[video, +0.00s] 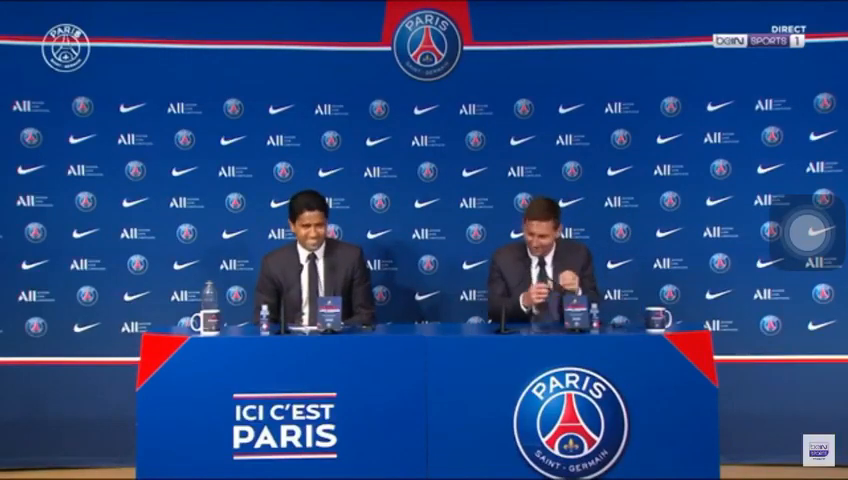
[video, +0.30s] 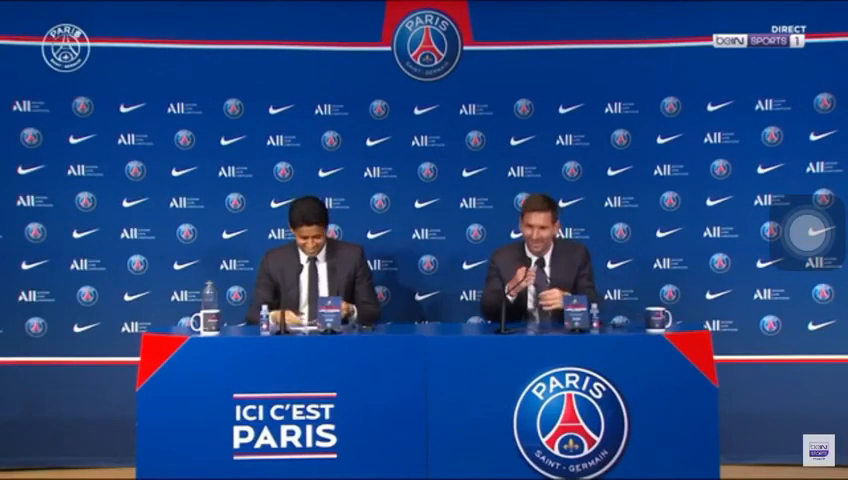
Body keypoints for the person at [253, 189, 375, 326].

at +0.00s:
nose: (314, 233)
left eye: (319, 225)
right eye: (306, 226)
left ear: (326, 223)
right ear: (292, 226)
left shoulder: (351, 256)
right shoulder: (274, 262)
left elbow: (365, 315)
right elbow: (264, 320)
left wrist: (336, 332)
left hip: (339, 346)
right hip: (290, 347)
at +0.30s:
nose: (310, 244)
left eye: (317, 237)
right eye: (304, 237)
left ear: (326, 230)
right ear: (293, 232)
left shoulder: (352, 255)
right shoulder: (274, 260)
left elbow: (372, 312)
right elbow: (254, 315)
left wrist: (351, 311)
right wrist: (277, 317)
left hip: (339, 345)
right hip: (290, 346)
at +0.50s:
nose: (310, 246)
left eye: (316, 238)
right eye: (303, 239)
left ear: (326, 231)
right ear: (293, 233)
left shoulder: (352, 254)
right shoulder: (274, 258)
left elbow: (375, 312)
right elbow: (248, 314)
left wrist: (353, 301)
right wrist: (268, 302)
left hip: (341, 345)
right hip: (289, 346)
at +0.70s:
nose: (309, 247)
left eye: (315, 240)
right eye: (302, 241)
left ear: (326, 232)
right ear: (293, 234)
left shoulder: (351, 253)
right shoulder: (275, 256)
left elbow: (378, 311)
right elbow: (244, 313)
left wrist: (352, 279)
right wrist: (266, 280)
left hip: (340, 347)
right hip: (291, 347)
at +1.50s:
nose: (308, 246)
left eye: (315, 239)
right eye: (301, 239)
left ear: (326, 232)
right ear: (291, 235)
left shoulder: (345, 254)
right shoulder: (277, 258)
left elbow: (384, 292)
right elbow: (236, 302)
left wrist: (355, 252)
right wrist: (259, 257)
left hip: (341, 345)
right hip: (291, 346)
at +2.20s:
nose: (297, 239)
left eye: (304, 233)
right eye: (292, 233)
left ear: (319, 228)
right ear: (284, 231)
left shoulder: (349, 250)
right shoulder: (275, 256)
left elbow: (376, 299)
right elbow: (237, 302)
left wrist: (339, 266)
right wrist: (255, 254)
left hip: (337, 346)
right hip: (289, 347)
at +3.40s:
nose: (299, 236)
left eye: (305, 229)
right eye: (292, 230)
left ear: (321, 226)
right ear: (286, 229)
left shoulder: (350, 251)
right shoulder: (274, 254)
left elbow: (373, 309)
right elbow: (250, 308)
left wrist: (334, 284)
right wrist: (278, 267)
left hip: (337, 343)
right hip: (289, 343)